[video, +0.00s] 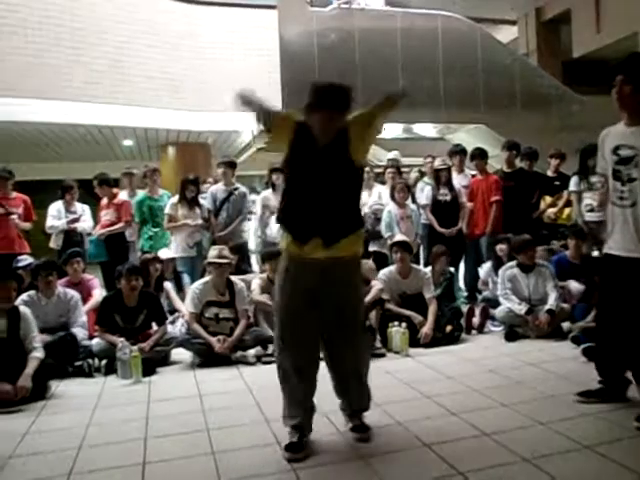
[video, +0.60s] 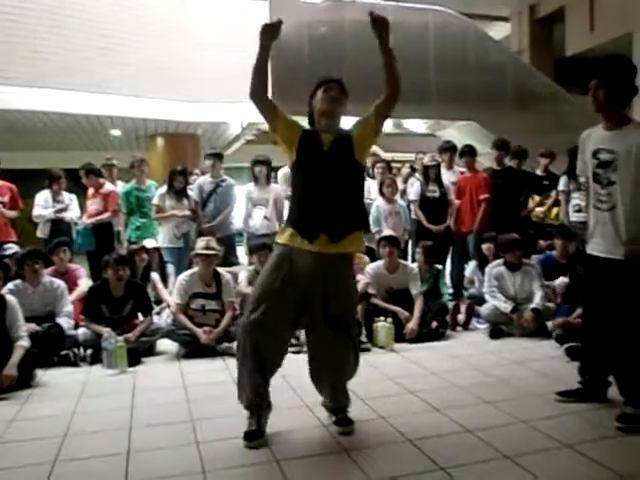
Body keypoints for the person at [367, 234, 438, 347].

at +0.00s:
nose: (400, 256)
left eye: (403, 252)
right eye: (396, 252)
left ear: (410, 254)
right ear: (392, 256)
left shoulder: (422, 274)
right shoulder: (385, 275)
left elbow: (432, 301)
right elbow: (386, 303)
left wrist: (429, 326)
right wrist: (412, 315)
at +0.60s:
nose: (388, 250)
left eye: (392, 246)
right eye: (384, 247)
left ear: (398, 249)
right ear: (379, 250)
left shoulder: (410, 269)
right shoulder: (372, 270)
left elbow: (418, 297)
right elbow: (371, 298)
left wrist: (414, 322)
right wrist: (397, 310)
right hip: (382, 305)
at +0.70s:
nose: (384, 250)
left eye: (388, 246)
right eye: (380, 247)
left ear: (394, 250)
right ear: (376, 250)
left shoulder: (406, 271)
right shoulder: (369, 269)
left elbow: (415, 297)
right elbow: (370, 297)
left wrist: (410, 322)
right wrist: (396, 311)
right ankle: (368, 339)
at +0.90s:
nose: (385, 225)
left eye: (388, 221)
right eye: (381, 222)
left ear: (394, 224)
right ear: (376, 226)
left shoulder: (405, 244)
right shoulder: (369, 244)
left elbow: (415, 272)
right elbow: (370, 273)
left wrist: (411, 296)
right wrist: (395, 286)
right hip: (378, 275)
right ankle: (370, 315)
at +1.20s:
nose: (387, 224)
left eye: (391, 220)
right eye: (383, 221)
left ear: (397, 224)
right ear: (379, 225)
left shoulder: (410, 244)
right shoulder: (371, 245)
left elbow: (418, 272)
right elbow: (372, 272)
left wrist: (414, 296)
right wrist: (397, 285)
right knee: (368, 281)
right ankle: (372, 314)